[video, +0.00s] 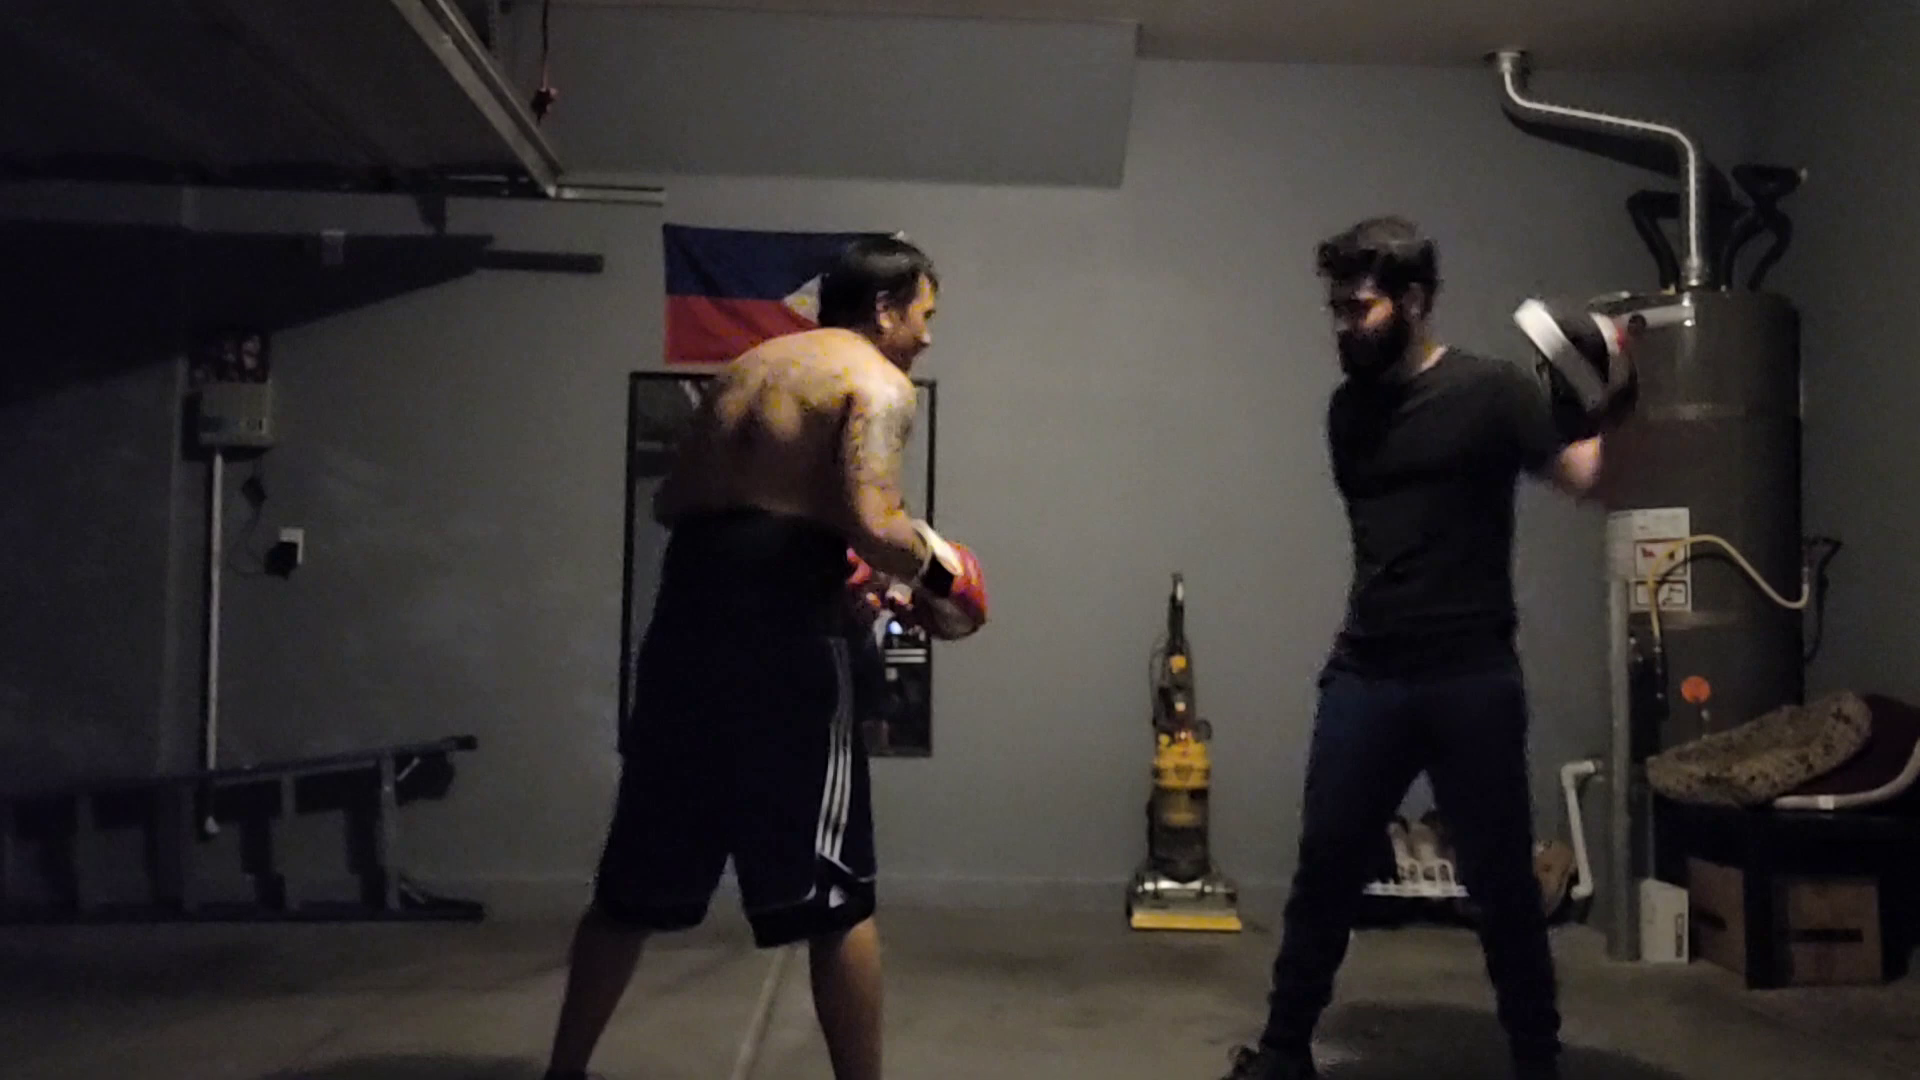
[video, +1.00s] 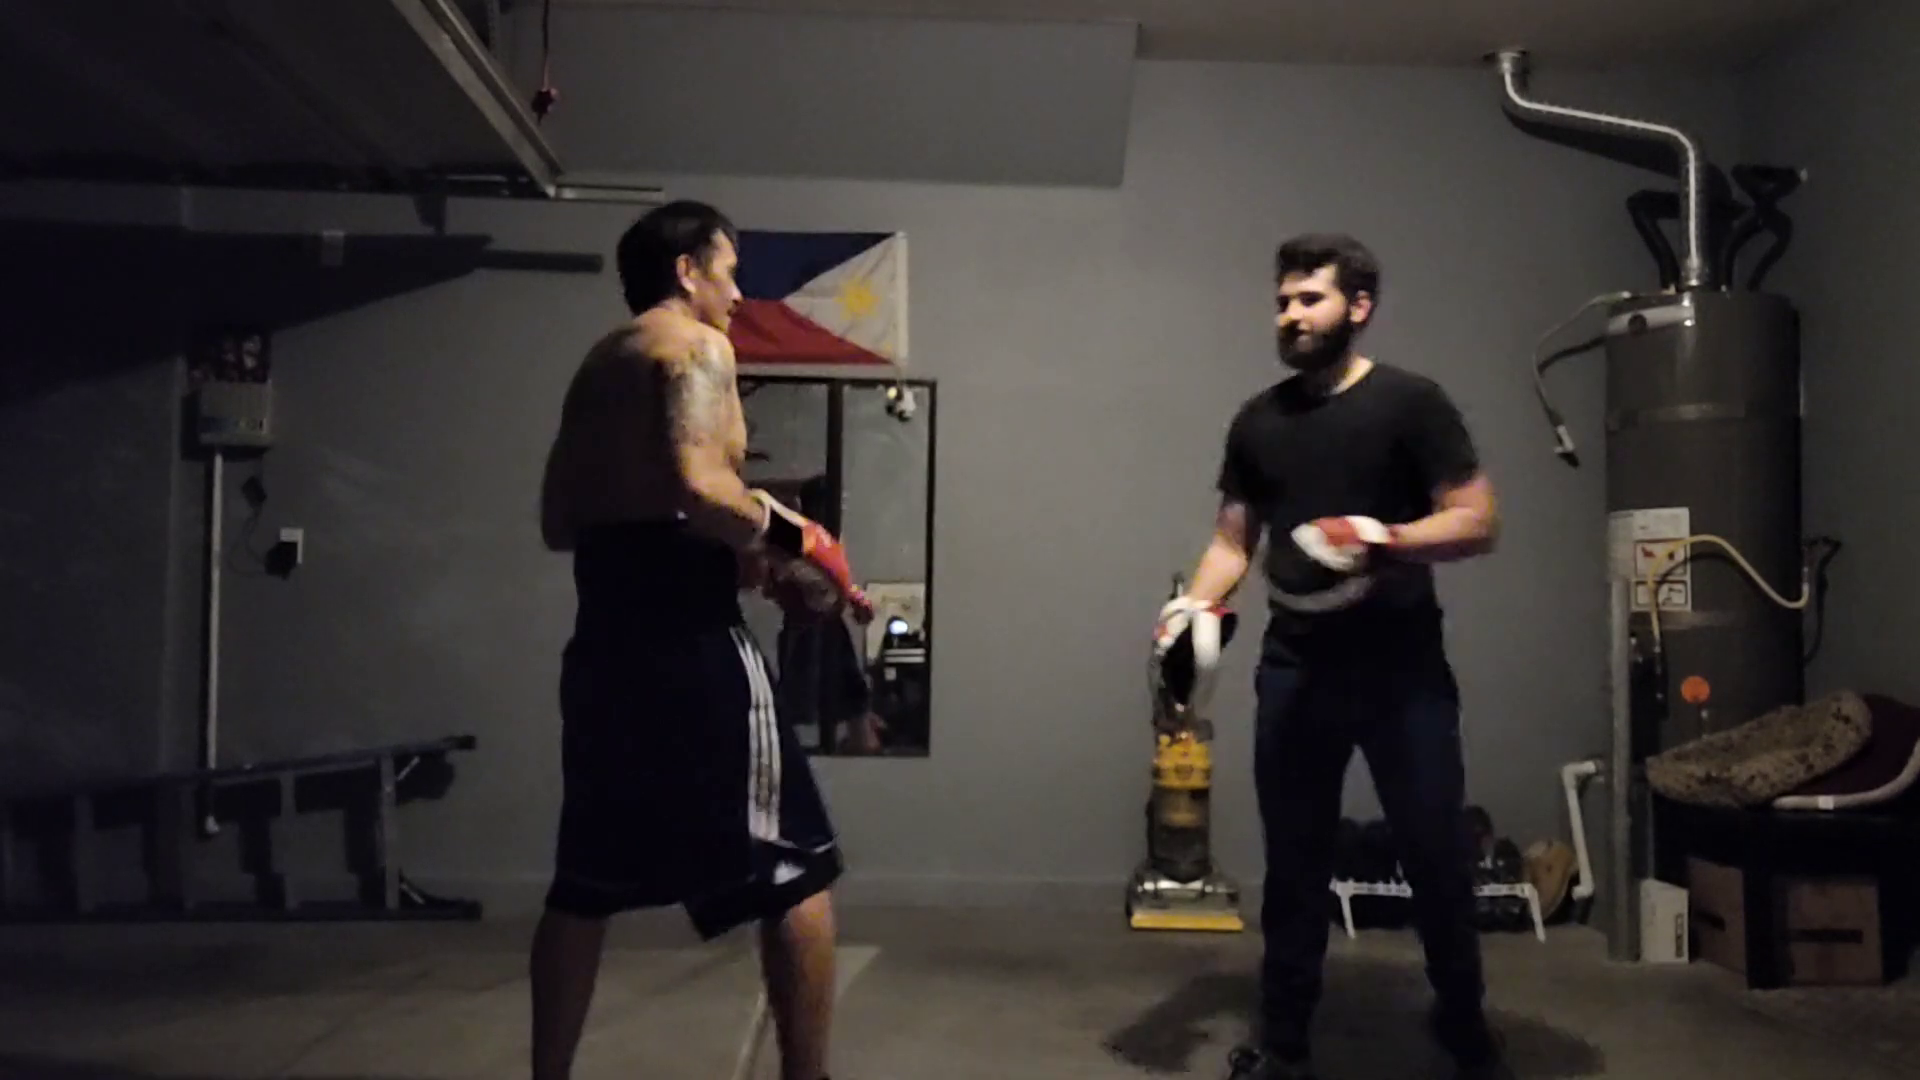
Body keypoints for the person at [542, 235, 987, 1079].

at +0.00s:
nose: (929, 334)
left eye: (931, 315)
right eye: (923, 315)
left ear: (848, 305)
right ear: (886, 309)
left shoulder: (749, 363)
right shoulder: (878, 380)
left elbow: (684, 499)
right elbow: (872, 521)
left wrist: (833, 565)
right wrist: (936, 567)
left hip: (686, 653)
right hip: (791, 661)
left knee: (631, 882)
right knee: (839, 898)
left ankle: (563, 1068)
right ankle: (862, 1073)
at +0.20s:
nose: (933, 328)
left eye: (935, 309)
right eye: (930, 308)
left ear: (847, 298)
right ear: (895, 302)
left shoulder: (754, 358)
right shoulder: (886, 377)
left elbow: (676, 493)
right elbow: (900, 522)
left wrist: (826, 558)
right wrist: (973, 543)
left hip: (694, 648)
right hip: (797, 656)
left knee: (649, 876)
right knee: (837, 903)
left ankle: (572, 1062)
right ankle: (861, 1074)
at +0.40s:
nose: (889, 308)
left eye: (889, 291)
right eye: (884, 291)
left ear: (803, 292)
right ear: (846, 293)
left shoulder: (715, 363)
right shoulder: (841, 376)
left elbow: (671, 515)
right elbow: (890, 514)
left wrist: (802, 572)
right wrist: (988, 498)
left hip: (677, 655)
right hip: (774, 660)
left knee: (633, 876)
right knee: (828, 899)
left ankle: (558, 1065)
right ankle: (856, 1074)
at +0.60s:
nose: (804, 307)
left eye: (805, 289)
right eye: (797, 288)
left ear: (713, 287)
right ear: (754, 287)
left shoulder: (642, 376)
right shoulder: (765, 365)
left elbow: (583, 526)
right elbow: (769, 494)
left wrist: (722, 561)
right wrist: (862, 528)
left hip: (627, 662)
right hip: (726, 663)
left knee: (589, 891)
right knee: (793, 903)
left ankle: (550, 1071)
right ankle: (851, 1071)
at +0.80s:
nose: (753, 293)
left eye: (752, 275)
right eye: (745, 275)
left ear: (667, 282)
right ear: (701, 276)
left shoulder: (602, 371)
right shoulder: (712, 352)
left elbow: (553, 522)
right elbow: (695, 486)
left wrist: (678, 516)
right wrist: (774, 564)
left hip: (607, 647)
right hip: (703, 646)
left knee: (580, 885)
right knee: (771, 892)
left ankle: (547, 1071)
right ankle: (795, 1071)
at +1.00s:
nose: (736, 295)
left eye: (735, 276)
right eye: (727, 275)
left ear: (657, 278)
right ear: (687, 272)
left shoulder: (597, 362)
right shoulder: (697, 345)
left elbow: (563, 523)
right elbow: (703, 480)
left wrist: (725, 552)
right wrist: (792, 534)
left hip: (603, 651)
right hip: (695, 648)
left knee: (584, 884)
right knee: (798, 875)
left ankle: (549, 1070)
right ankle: (806, 1070)